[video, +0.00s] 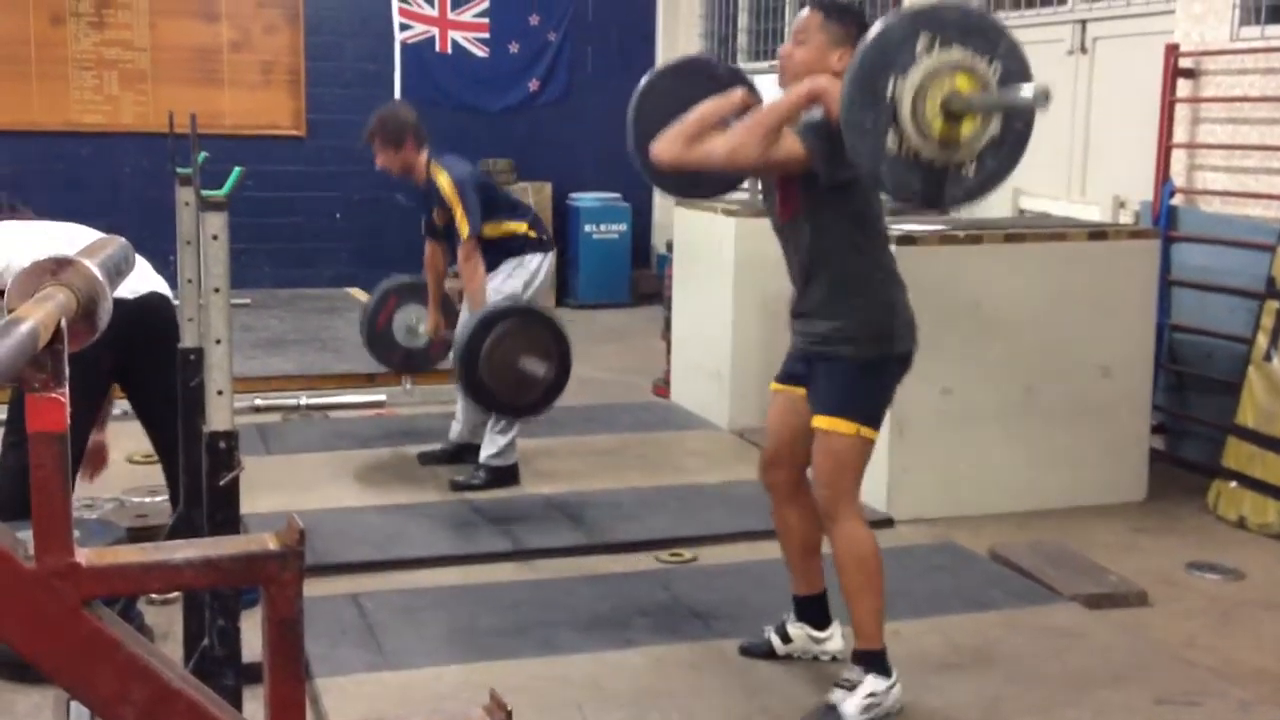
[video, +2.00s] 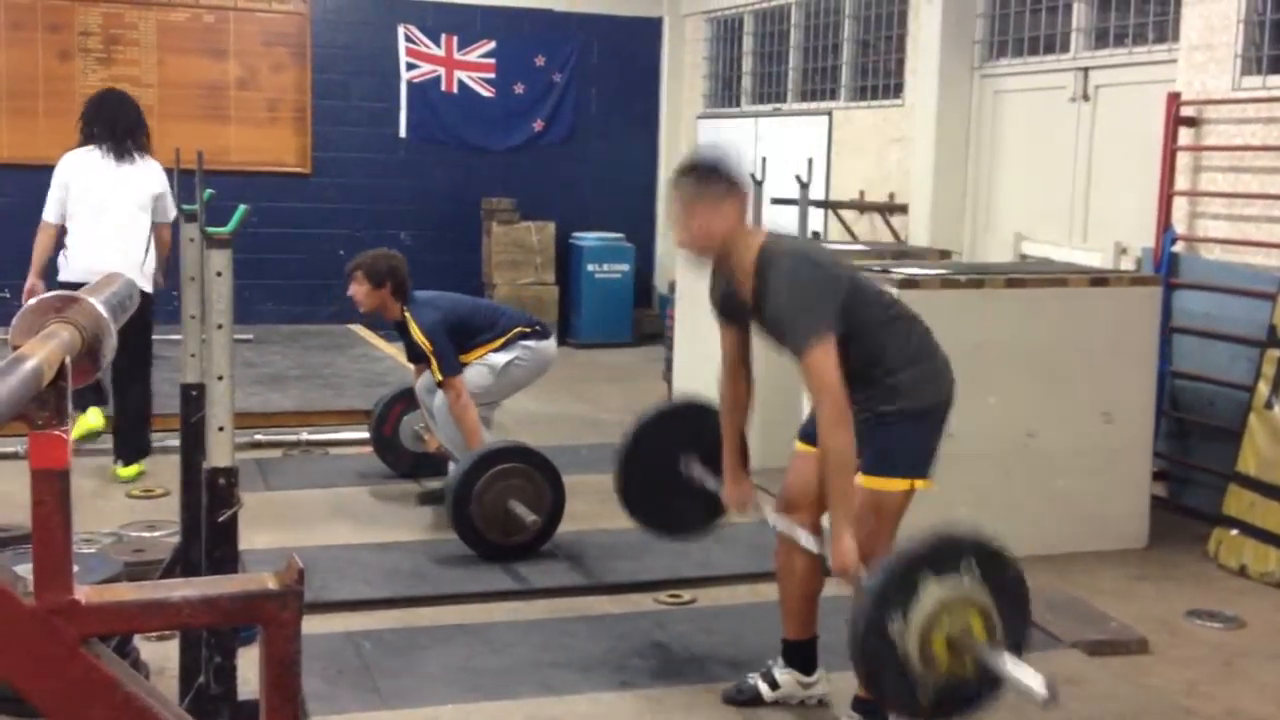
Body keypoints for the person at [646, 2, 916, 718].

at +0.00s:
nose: (783, 50)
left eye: (799, 39)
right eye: (788, 38)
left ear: (839, 57)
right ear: (796, 55)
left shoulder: (838, 125)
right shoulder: (779, 122)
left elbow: (738, 155)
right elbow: (666, 152)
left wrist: (803, 93)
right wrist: (734, 98)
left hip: (864, 334)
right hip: (813, 330)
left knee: (834, 492)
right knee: (780, 474)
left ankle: (875, 669)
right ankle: (813, 624)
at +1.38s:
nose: (801, 88)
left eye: (816, 75)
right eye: (805, 75)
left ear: (859, 85)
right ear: (847, 88)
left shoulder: (864, 158)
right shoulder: (811, 164)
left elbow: (785, 239)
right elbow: (702, 225)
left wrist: (823, 147)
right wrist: (737, 153)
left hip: (856, 379)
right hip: (808, 375)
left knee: (853, 541)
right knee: (806, 522)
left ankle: (870, 707)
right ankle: (810, 667)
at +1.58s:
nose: (778, 112)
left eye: (786, 96)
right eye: (776, 98)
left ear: (831, 92)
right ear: (817, 97)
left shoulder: (876, 168)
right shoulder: (796, 181)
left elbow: (892, 277)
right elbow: (801, 277)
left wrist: (852, 243)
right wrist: (743, 238)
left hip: (869, 386)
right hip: (809, 382)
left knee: (851, 544)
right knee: (792, 520)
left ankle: (869, 708)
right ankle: (809, 668)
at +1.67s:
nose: (772, 129)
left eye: (778, 113)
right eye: (768, 115)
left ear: (824, 103)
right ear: (803, 109)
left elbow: (947, 232)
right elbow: (825, 249)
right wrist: (758, 244)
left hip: (879, 390)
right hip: (818, 382)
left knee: (852, 545)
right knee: (782, 514)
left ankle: (870, 708)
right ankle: (802, 667)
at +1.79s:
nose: (758, 142)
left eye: (767, 127)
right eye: (754, 128)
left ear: (811, 116)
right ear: (781, 125)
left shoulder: (852, 170)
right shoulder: (784, 184)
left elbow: (905, 266)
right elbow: (762, 252)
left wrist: (845, 362)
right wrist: (731, 319)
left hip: (883, 372)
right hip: (829, 368)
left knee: (856, 544)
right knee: (793, 511)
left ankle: (869, 709)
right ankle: (797, 669)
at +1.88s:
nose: (735, 157)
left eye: (745, 142)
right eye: (731, 143)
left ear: (787, 135)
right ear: (745, 143)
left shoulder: (829, 208)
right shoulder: (761, 211)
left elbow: (867, 325)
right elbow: (741, 298)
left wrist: (839, 441)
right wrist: (730, 389)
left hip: (894, 394)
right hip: (833, 384)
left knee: (863, 546)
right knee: (793, 513)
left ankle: (869, 707)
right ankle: (798, 670)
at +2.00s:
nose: (683, 229)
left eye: (695, 212)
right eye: (680, 214)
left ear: (733, 206)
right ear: (683, 215)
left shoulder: (790, 277)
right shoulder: (728, 275)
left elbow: (834, 404)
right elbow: (735, 370)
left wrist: (842, 525)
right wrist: (734, 466)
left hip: (907, 393)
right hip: (845, 387)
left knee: (866, 546)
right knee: (796, 513)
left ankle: (874, 696)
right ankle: (798, 671)